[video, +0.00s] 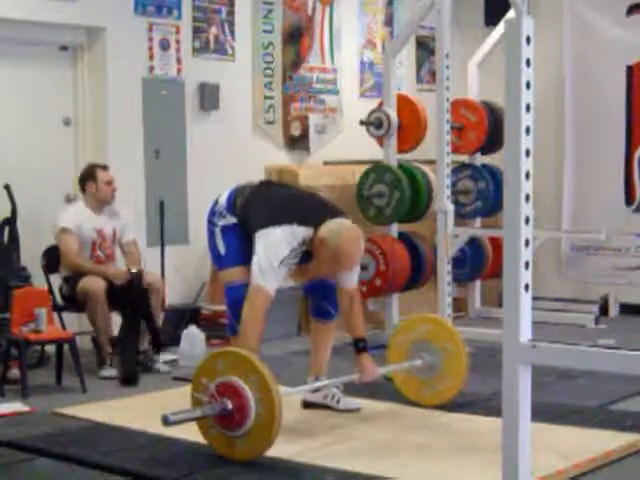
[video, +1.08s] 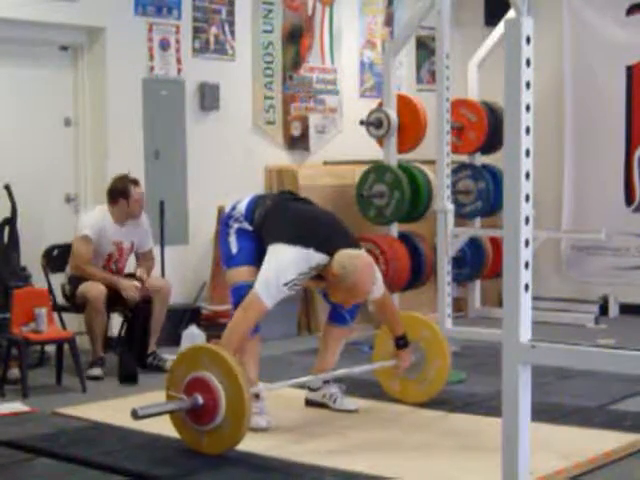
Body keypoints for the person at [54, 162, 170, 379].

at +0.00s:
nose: (114, 188)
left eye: (113, 183)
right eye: (108, 184)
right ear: (90, 188)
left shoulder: (116, 214)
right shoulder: (71, 216)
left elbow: (130, 247)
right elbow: (70, 260)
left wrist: (134, 270)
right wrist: (107, 272)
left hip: (114, 274)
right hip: (80, 277)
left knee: (155, 282)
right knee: (95, 287)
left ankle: (148, 349)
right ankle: (107, 357)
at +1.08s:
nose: (142, 202)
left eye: (142, 197)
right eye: (137, 198)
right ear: (121, 202)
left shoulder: (140, 220)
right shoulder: (93, 220)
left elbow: (146, 258)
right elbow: (78, 266)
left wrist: (142, 272)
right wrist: (119, 283)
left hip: (120, 277)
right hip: (87, 278)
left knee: (161, 287)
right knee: (96, 292)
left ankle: (150, 352)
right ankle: (97, 358)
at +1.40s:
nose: (160, 230)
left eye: (160, 225)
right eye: (156, 226)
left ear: (142, 227)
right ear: (140, 227)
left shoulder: (154, 239)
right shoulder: (106, 235)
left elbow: (152, 263)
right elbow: (76, 267)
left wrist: (146, 275)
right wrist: (114, 284)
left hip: (124, 280)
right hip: (91, 280)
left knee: (166, 289)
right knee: (94, 295)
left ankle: (150, 352)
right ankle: (96, 358)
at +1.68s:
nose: (181, 211)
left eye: (181, 206)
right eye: (177, 206)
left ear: (161, 209)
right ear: (159, 209)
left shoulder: (171, 226)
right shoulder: (128, 223)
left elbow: (164, 256)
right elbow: (103, 262)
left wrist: (153, 281)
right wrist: (124, 291)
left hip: (138, 266)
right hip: (107, 266)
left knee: (171, 290)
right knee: (101, 297)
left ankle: (150, 352)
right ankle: (97, 359)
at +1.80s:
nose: (188, 187)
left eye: (188, 180)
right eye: (184, 181)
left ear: (170, 183)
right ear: (167, 182)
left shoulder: (178, 205)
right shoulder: (133, 204)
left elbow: (168, 245)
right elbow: (110, 248)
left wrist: (160, 278)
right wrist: (125, 290)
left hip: (139, 253)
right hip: (106, 251)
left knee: (173, 291)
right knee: (105, 297)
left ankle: (150, 352)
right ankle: (97, 358)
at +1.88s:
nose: (191, 169)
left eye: (191, 163)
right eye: (187, 164)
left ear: (175, 166)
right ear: (170, 167)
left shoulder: (183, 192)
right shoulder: (142, 188)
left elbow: (171, 239)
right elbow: (118, 232)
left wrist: (161, 275)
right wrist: (125, 279)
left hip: (142, 245)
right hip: (109, 241)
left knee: (170, 289)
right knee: (108, 294)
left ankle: (151, 352)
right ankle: (98, 357)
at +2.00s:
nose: (199, 145)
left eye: (199, 140)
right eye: (194, 140)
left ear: (184, 141)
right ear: (177, 140)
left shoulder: (188, 172)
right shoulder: (152, 166)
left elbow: (178, 215)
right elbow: (127, 212)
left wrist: (171, 255)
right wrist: (136, 258)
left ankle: (150, 352)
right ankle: (98, 356)